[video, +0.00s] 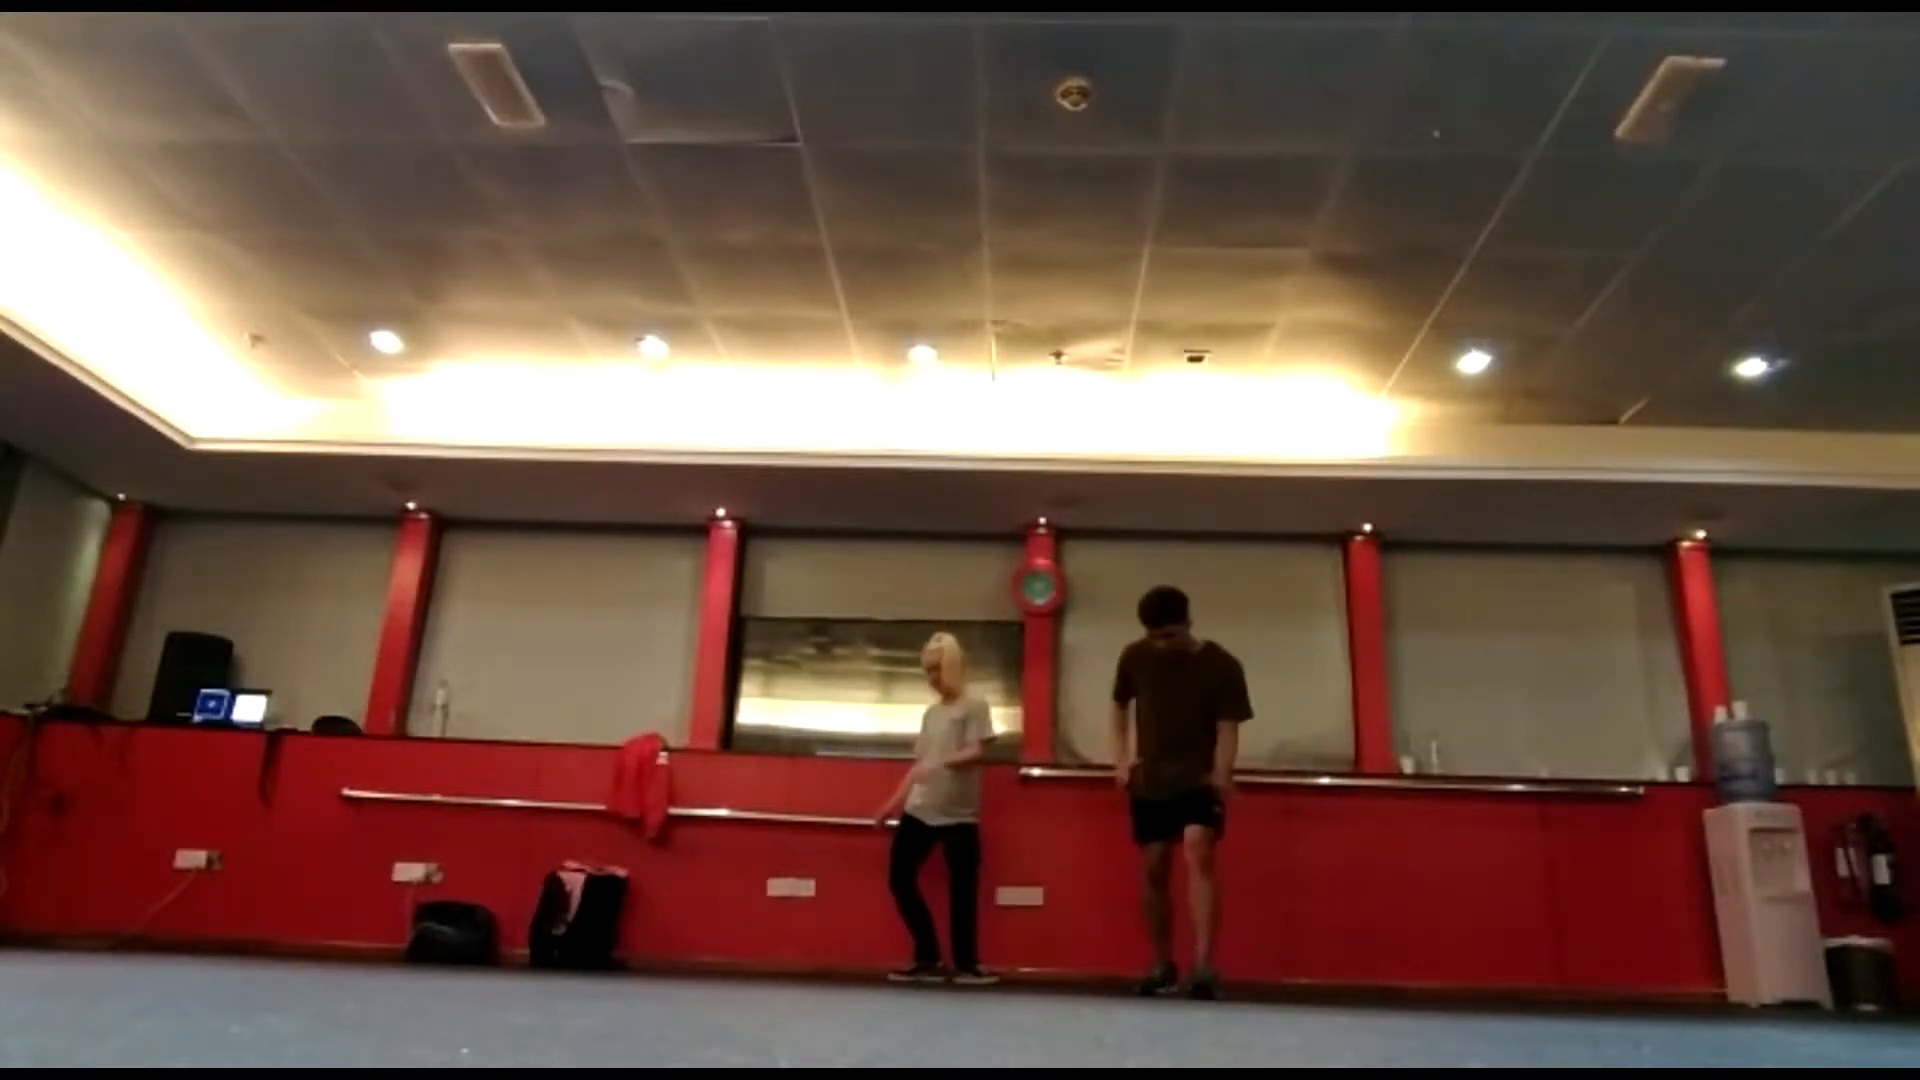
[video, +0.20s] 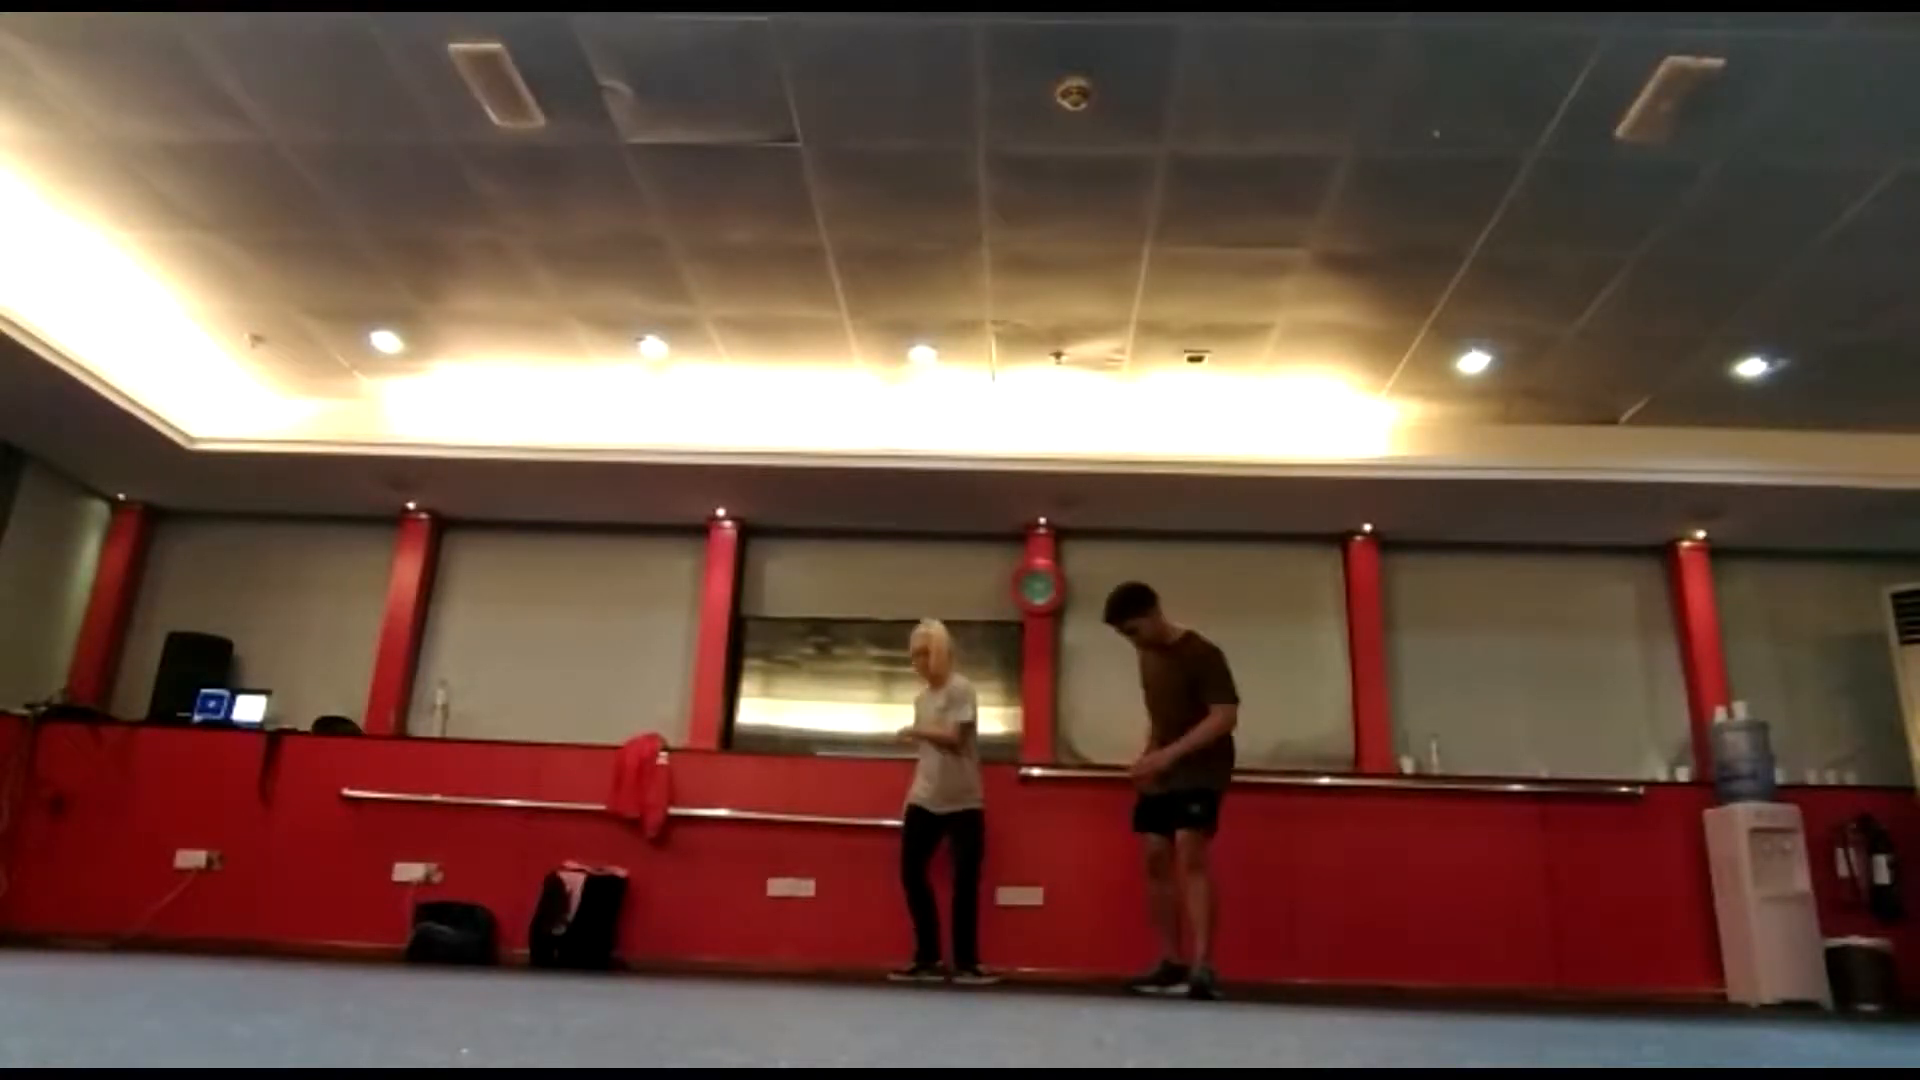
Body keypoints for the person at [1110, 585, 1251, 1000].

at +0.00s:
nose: (1163, 644)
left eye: (1170, 635)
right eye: (1156, 636)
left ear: (1186, 624)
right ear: (1146, 630)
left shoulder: (1219, 663)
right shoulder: (1136, 657)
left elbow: (1228, 726)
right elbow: (1120, 707)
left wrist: (1222, 777)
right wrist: (1122, 757)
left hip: (1199, 778)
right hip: (1151, 778)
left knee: (1198, 853)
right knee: (1154, 867)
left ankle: (1203, 963)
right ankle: (1161, 962)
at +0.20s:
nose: (1132, 640)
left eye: (1134, 631)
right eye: (1127, 634)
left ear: (1151, 616)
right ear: (1130, 627)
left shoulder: (1202, 655)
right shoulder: (1149, 656)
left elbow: (1224, 716)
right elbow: (1161, 717)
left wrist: (1166, 756)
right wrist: (1147, 760)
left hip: (1201, 774)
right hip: (1163, 772)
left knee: (1190, 857)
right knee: (1156, 859)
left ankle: (1201, 965)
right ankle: (1172, 960)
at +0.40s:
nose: (1116, 653)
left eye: (1113, 643)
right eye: (1109, 646)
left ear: (1130, 625)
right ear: (1130, 629)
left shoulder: (1177, 656)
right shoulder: (1161, 661)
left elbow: (1179, 716)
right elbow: (1169, 725)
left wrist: (1144, 773)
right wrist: (1151, 773)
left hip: (1189, 779)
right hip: (1166, 780)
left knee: (1170, 856)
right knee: (1149, 859)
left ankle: (1198, 968)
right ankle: (1173, 963)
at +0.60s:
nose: (1103, 673)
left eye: (1099, 664)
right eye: (1096, 668)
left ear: (1112, 645)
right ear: (1108, 652)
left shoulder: (1168, 668)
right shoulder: (1146, 680)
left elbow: (1184, 723)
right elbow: (1164, 736)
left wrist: (1141, 775)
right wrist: (1142, 730)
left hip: (1195, 774)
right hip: (1164, 775)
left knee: (1173, 847)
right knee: (1140, 856)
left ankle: (1198, 967)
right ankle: (1171, 964)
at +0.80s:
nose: (1109, 659)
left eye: (1110, 649)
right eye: (1101, 654)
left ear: (1123, 632)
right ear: (1095, 651)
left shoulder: (1173, 651)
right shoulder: (1112, 683)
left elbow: (1214, 692)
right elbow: (1114, 741)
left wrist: (1167, 739)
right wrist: (1101, 700)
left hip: (1201, 768)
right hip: (1154, 775)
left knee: (1198, 847)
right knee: (1143, 857)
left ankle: (1218, 962)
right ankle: (1172, 963)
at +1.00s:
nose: (1137, 655)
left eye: (1142, 645)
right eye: (1128, 647)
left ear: (1153, 637)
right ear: (1117, 644)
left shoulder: (1185, 664)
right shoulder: (1108, 680)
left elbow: (1233, 699)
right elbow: (1108, 733)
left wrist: (1185, 701)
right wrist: (1131, 684)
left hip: (1194, 779)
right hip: (1142, 782)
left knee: (1214, 862)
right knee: (1128, 861)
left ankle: (1203, 955)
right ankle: (1170, 962)